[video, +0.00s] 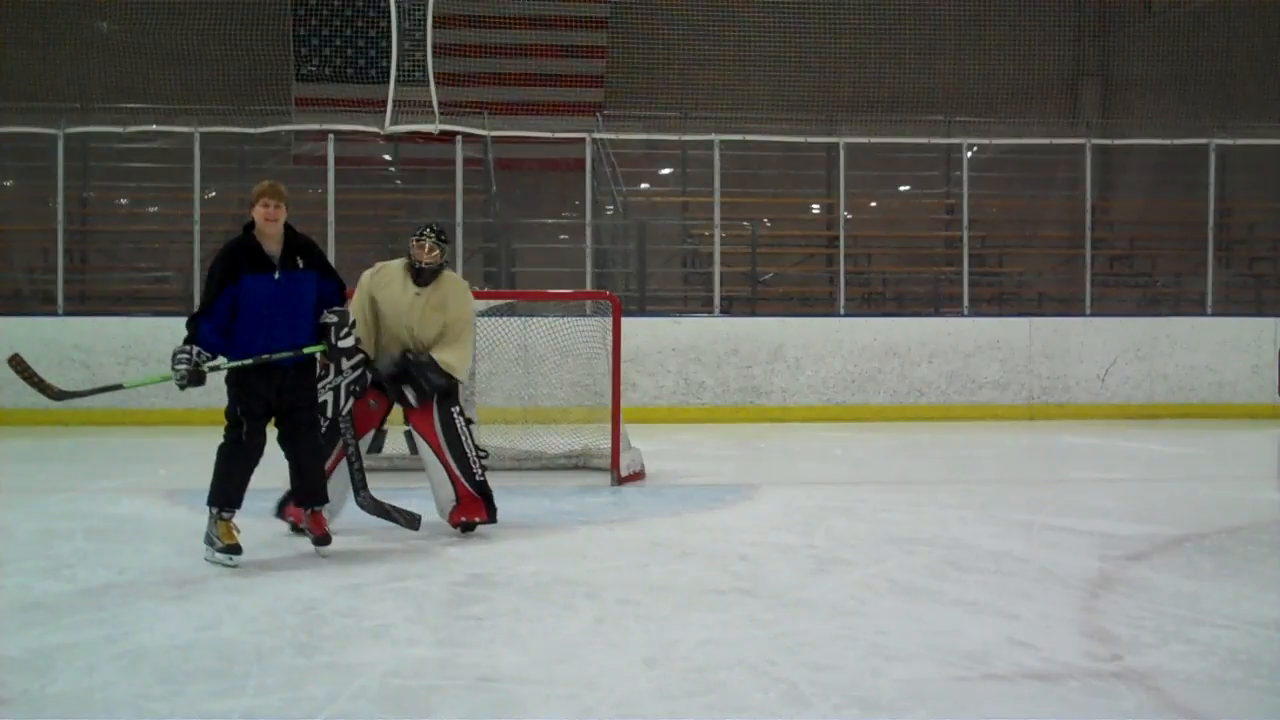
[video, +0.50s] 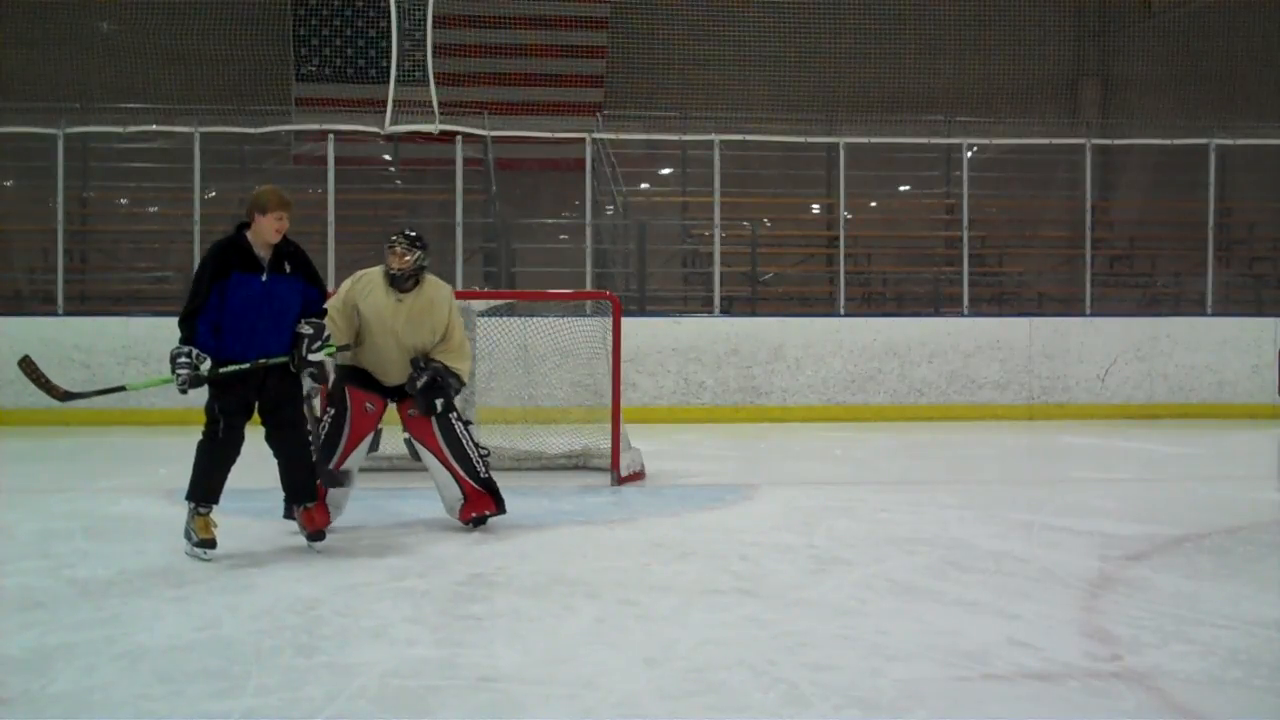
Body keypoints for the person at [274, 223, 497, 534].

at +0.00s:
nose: (424, 255)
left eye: (432, 250)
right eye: (420, 247)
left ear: (443, 255)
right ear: (410, 248)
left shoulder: (455, 290)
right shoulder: (378, 278)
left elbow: (458, 350)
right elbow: (357, 334)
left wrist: (421, 374)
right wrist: (358, 372)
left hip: (428, 377)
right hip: (378, 374)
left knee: (444, 432)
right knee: (345, 432)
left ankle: (470, 503)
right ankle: (307, 501)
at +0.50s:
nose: (396, 262)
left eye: (404, 256)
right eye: (392, 255)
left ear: (419, 259)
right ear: (385, 257)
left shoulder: (440, 295)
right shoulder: (362, 285)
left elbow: (456, 348)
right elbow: (332, 323)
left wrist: (440, 379)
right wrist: (317, 356)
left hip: (417, 379)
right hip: (364, 375)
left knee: (443, 433)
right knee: (340, 435)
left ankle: (478, 497)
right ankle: (317, 506)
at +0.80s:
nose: (356, 264)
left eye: (363, 258)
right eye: (350, 258)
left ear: (377, 262)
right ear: (342, 261)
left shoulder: (399, 291)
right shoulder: (324, 290)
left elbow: (416, 346)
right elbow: (301, 344)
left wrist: (407, 377)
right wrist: (309, 392)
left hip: (392, 379)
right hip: (341, 382)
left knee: (426, 428)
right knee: (333, 430)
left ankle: (435, 500)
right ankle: (300, 502)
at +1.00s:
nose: (344, 265)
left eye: (352, 259)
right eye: (340, 258)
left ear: (367, 262)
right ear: (333, 259)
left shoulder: (389, 290)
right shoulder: (316, 289)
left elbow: (404, 342)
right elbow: (293, 334)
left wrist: (399, 370)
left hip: (375, 380)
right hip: (328, 380)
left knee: (410, 410)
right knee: (333, 414)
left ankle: (396, 495)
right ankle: (278, 492)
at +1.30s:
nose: (343, 257)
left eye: (351, 251)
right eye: (339, 250)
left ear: (364, 255)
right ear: (331, 251)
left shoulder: (383, 285)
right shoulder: (309, 279)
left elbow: (401, 334)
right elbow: (288, 320)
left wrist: (400, 360)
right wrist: (297, 353)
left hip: (367, 376)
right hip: (320, 377)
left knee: (384, 439)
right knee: (301, 436)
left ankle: (371, 495)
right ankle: (269, 492)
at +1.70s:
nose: (324, 256)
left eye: (331, 251)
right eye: (320, 249)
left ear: (345, 255)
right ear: (312, 251)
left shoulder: (364, 286)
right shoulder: (293, 276)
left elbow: (378, 325)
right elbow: (273, 314)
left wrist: (360, 348)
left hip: (347, 375)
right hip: (301, 373)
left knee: (353, 439)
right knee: (282, 434)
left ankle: (361, 498)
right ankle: (257, 497)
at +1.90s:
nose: (306, 261)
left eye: (314, 256)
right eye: (302, 254)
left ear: (327, 260)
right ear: (295, 256)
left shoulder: (346, 290)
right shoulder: (278, 279)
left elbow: (355, 338)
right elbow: (260, 317)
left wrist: (321, 347)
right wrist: (278, 344)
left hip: (326, 375)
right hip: (281, 370)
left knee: (336, 434)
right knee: (273, 427)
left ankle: (346, 496)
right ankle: (249, 493)